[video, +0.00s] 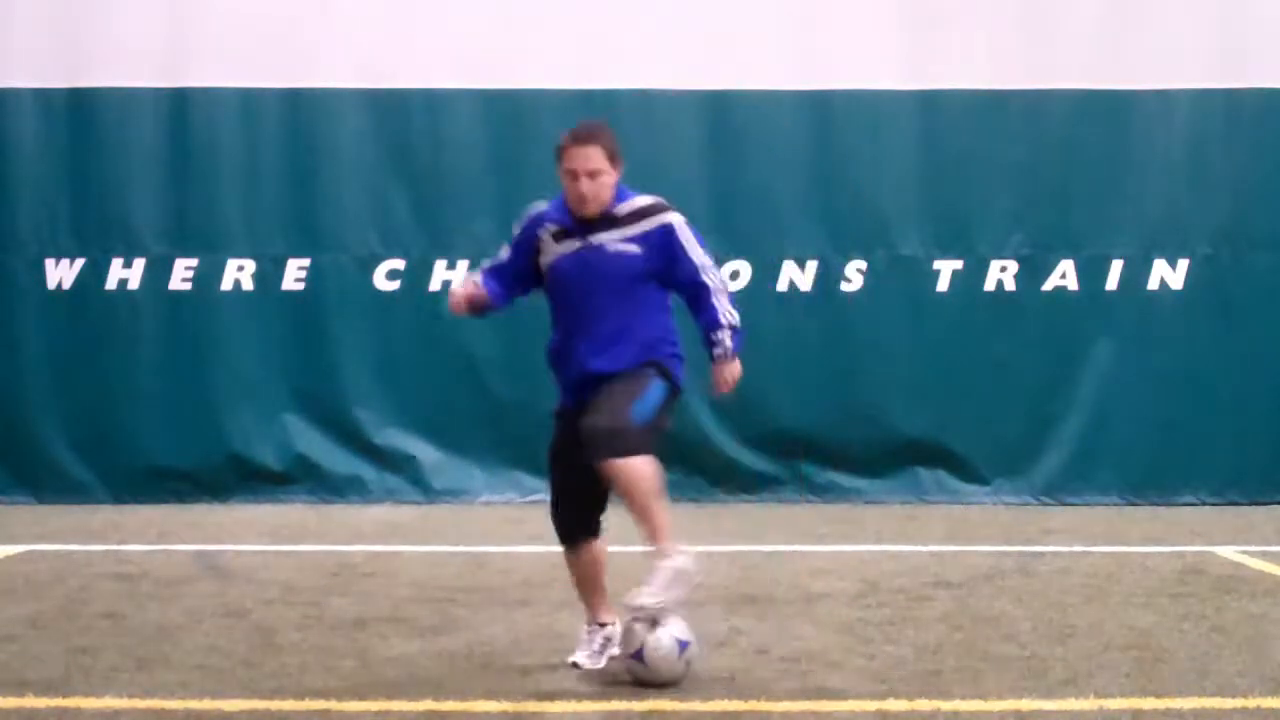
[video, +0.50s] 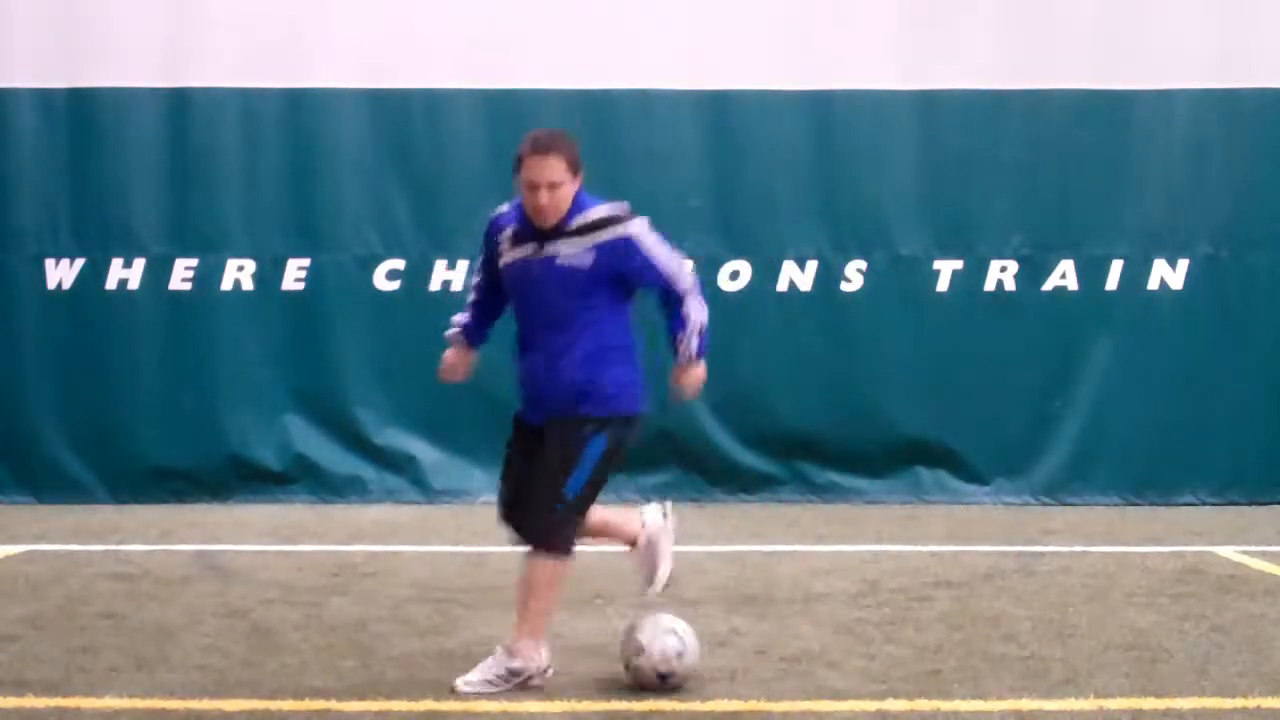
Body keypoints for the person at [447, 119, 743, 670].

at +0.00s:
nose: (582, 187)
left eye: (593, 175)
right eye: (572, 176)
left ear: (616, 173)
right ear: (560, 177)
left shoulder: (654, 219)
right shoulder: (544, 228)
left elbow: (704, 281)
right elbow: (512, 273)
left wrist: (724, 346)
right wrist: (479, 291)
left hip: (646, 369)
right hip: (582, 385)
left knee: (610, 435)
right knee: (573, 518)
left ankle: (670, 556)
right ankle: (602, 624)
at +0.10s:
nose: (562, 174)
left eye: (572, 161)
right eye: (551, 162)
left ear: (595, 158)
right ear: (538, 162)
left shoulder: (635, 201)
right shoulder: (523, 207)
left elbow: (688, 261)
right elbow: (493, 255)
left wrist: (712, 325)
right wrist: (463, 274)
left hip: (626, 357)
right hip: (568, 366)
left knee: (569, 452)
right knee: (557, 489)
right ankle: (633, 587)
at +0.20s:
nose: (543, 195)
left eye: (555, 182)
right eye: (533, 182)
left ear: (578, 176)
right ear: (520, 178)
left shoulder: (616, 226)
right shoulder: (508, 221)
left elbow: (675, 281)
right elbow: (482, 268)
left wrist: (703, 355)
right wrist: (450, 293)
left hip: (604, 385)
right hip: (549, 385)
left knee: (546, 502)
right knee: (536, 507)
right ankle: (657, 529)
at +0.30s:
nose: (523, 235)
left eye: (534, 222)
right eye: (513, 222)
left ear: (558, 216)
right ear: (501, 218)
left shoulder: (591, 268)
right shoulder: (496, 254)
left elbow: (642, 338)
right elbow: (474, 303)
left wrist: (676, 412)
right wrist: (431, 333)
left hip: (590, 422)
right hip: (536, 420)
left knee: (516, 527)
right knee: (507, 534)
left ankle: (522, 659)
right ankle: (645, 540)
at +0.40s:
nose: (525, 235)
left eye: (537, 222)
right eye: (515, 222)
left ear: (560, 216)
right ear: (502, 218)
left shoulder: (594, 268)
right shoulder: (494, 256)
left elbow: (645, 335)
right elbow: (471, 311)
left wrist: (674, 408)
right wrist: (438, 354)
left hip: (589, 425)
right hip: (534, 423)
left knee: (518, 533)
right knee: (511, 536)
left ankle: (523, 660)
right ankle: (637, 533)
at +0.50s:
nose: (541, 199)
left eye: (553, 187)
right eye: (531, 187)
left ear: (577, 181)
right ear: (517, 183)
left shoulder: (615, 227)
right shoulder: (504, 230)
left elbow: (682, 282)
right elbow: (488, 290)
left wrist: (690, 352)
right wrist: (465, 338)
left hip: (602, 403)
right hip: (541, 403)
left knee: (552, 520)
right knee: (521, 513)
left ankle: (526, 655)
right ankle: (642, 528)